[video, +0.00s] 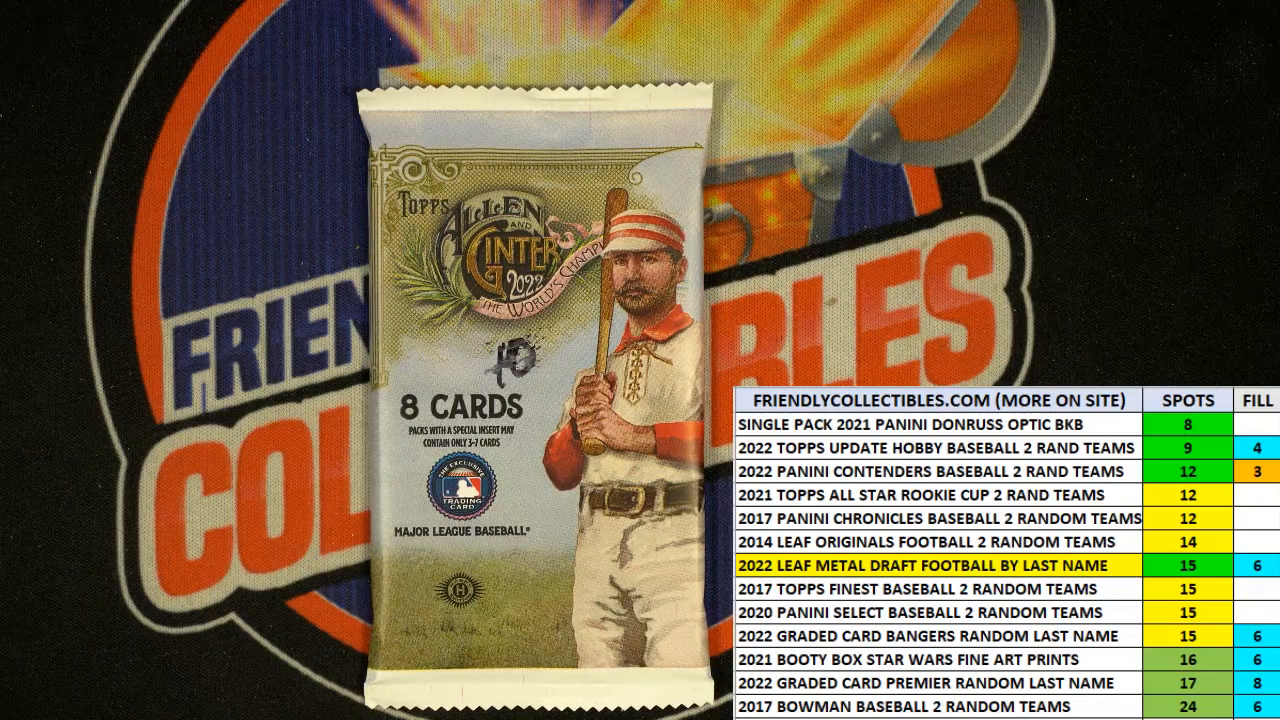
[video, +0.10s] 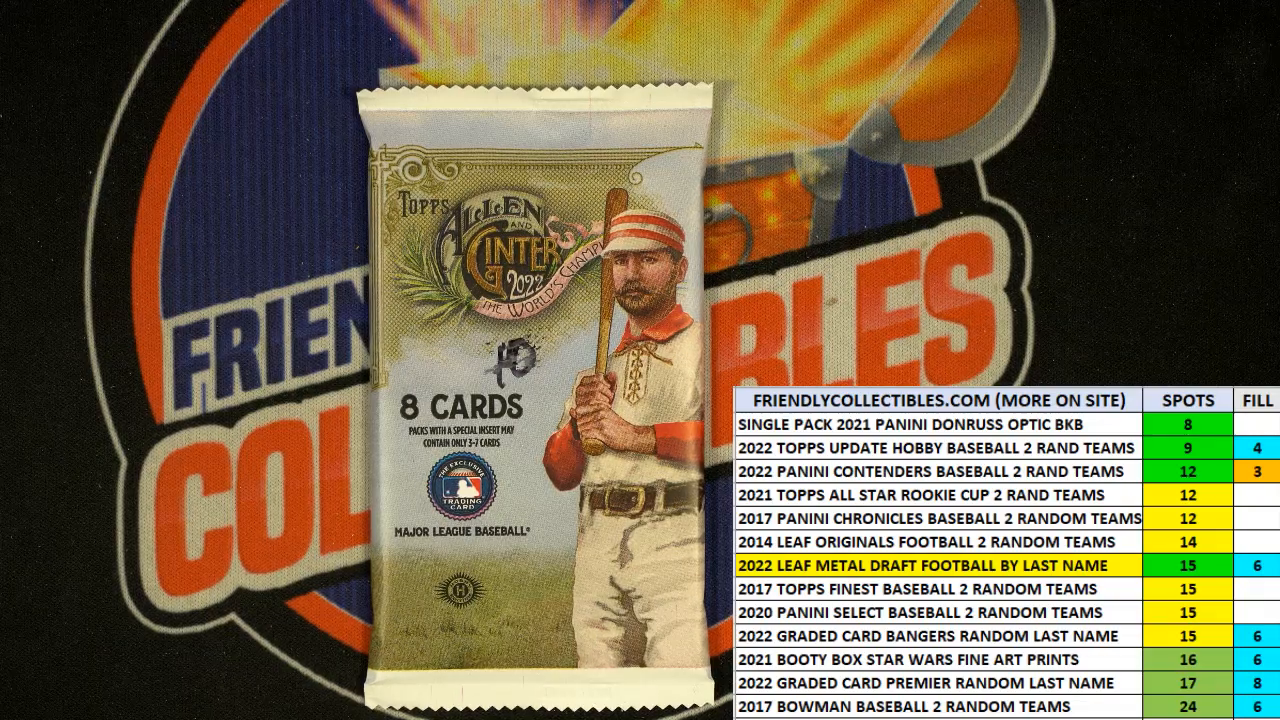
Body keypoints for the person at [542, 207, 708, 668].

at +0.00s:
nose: (631, 273)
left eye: (647, 258)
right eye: (620, 260)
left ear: (678, 270)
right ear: (608, 273)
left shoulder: (704, 346)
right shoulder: (604, 366)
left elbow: (724, 439)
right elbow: (561, 475)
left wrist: (634, 436)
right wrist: (578, 420)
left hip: (674, 530)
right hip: (597, 531)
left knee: (679, 688)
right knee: (601, 692)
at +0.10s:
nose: (630, 274)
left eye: (647, 259)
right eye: (620, 260)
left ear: (678, 269)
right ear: (609, 271)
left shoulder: (705, 345)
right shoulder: (605, 365)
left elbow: (724, 437)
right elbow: (561, 476)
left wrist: (634, 436)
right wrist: (577, 421)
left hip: (674, 531)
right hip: (597, 531)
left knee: (679, 688)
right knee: (601, 691)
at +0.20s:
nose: (631, 274)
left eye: (647, 259)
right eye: (620, 260)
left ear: (678, 270)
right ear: (609, 272)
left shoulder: (704, 346)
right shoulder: (604, 366)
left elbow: (725, 439)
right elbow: (561, 476)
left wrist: (635, 436)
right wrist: (577, 421)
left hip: (673, 530)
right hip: (597, 531)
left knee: (679, 688)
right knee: (601, 692)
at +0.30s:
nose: (630, 274)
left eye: (647, 259)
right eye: (620, 261)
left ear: (678, 269)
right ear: (609, 273)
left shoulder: (705, 346)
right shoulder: (604, 364)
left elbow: (724, 438)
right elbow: (561, 476)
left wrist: (632, 436)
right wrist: (577, 421)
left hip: (673, 529)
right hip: (597, 530)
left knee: (678, 683)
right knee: (599, 689)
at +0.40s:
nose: (631, 274)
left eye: (648, 259)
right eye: (620, 261)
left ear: (678, 270)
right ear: (609, 273)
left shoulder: (705, 346)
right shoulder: (604, 366)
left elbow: (724, 438)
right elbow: (561, 476)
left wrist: (632, 436)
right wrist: (577, 420)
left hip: (673, 530)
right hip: (597, 531)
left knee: (679, 686)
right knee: (600, 690)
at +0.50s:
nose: (631, 274)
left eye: (648, 259)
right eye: (620, 261)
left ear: (678, 270)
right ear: (609, 273)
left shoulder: (705, 346)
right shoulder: (604, 366)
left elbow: (724, 438)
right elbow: (561, 476)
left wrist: (632, 436)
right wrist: (577, 420)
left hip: (673, 530)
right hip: (597, 531)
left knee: (679, 685)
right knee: (601, 690)